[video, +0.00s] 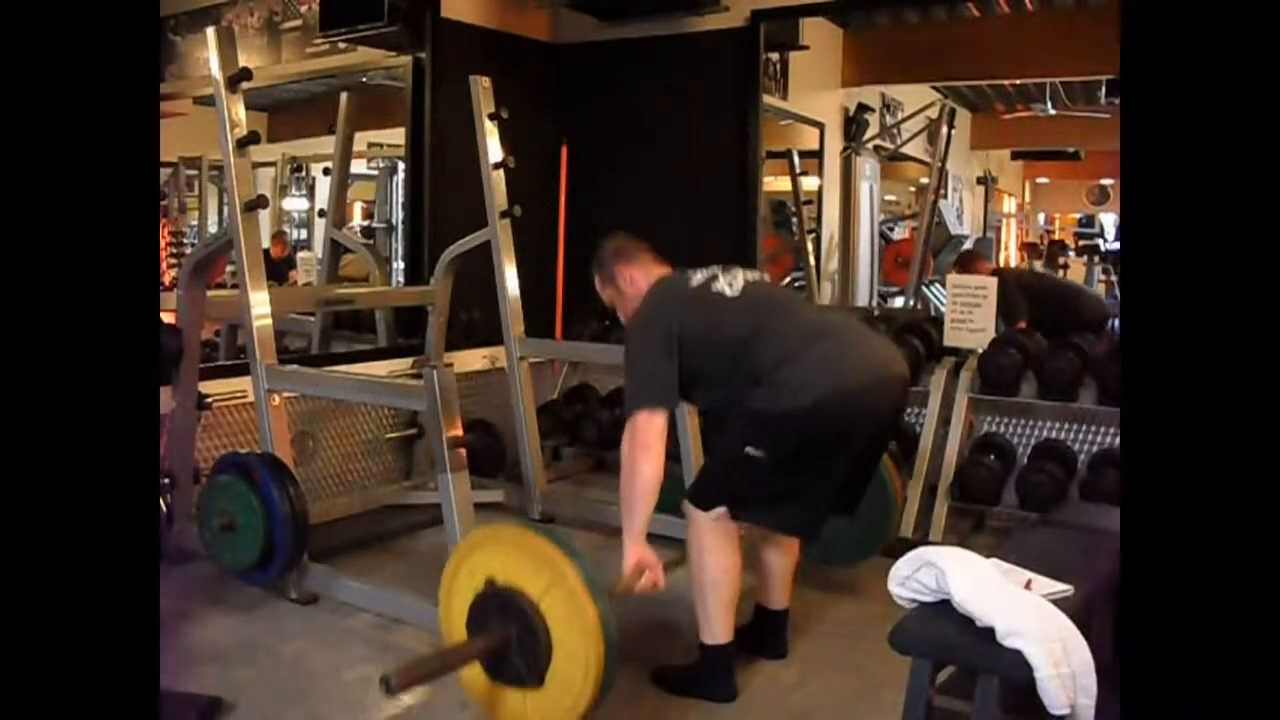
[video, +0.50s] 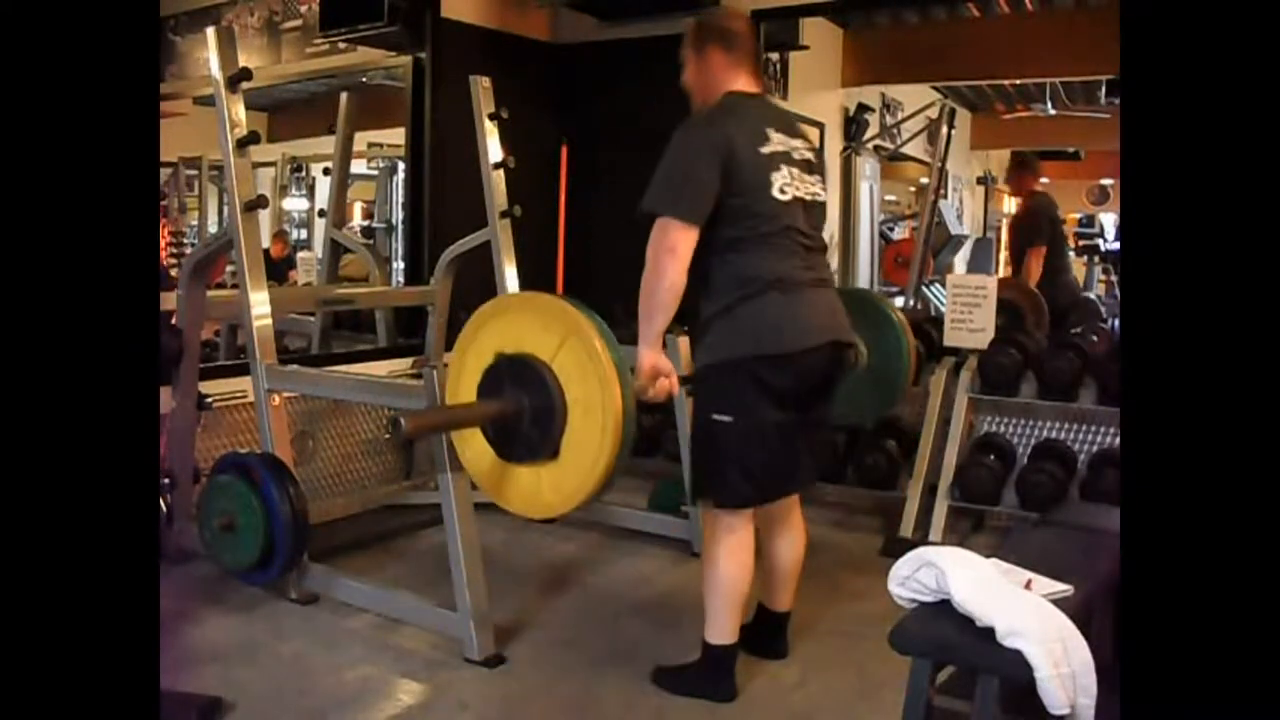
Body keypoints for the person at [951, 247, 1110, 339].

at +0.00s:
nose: (972, 282)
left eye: (968, 276)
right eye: (968, 278)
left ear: (977, 269)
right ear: (981, 264)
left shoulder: (1003, 279)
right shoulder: (1006, 276)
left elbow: (1018, 325)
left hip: (1089, 317)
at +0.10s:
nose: (968, 271)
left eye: (965, 264)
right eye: (963, 267)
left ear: (974, 255)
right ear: (981, 251)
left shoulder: (1004, 269)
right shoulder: (1005, 266)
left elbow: (1020, 323)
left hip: (1085, 310)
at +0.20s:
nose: (968, 253)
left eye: (967, 246)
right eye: (965, 248)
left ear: (978, 236)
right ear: (982, 233)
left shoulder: (1004, 251)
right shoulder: (1006, 251)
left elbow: (1021, 305)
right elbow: (1019, 306)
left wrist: (1024, 352)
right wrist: (1024, 351)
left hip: (1079, 305)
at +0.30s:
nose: (977, 218)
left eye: (978, 211)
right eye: (976, 212)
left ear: (990, 207)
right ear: (997, 204)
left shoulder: (1011, 227)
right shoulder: (1007, 230)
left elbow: (1025, 282)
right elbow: (1020, 283)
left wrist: (1021, 328)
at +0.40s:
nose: (989, 192)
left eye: (992, 186)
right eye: (989, 187)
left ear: (1007, 185)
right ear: (1014, 185)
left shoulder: (1023, 213)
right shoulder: (1018, 213)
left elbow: (1029, 272)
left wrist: (1017, 318)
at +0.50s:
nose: (1008, 181)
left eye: (1012, 175)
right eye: (1009, 175)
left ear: (1024, 176)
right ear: (1033, 177)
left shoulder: (1037, 205)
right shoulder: (1030, 204)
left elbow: (1035, 257)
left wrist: (1021, 300)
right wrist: (1018, 297)